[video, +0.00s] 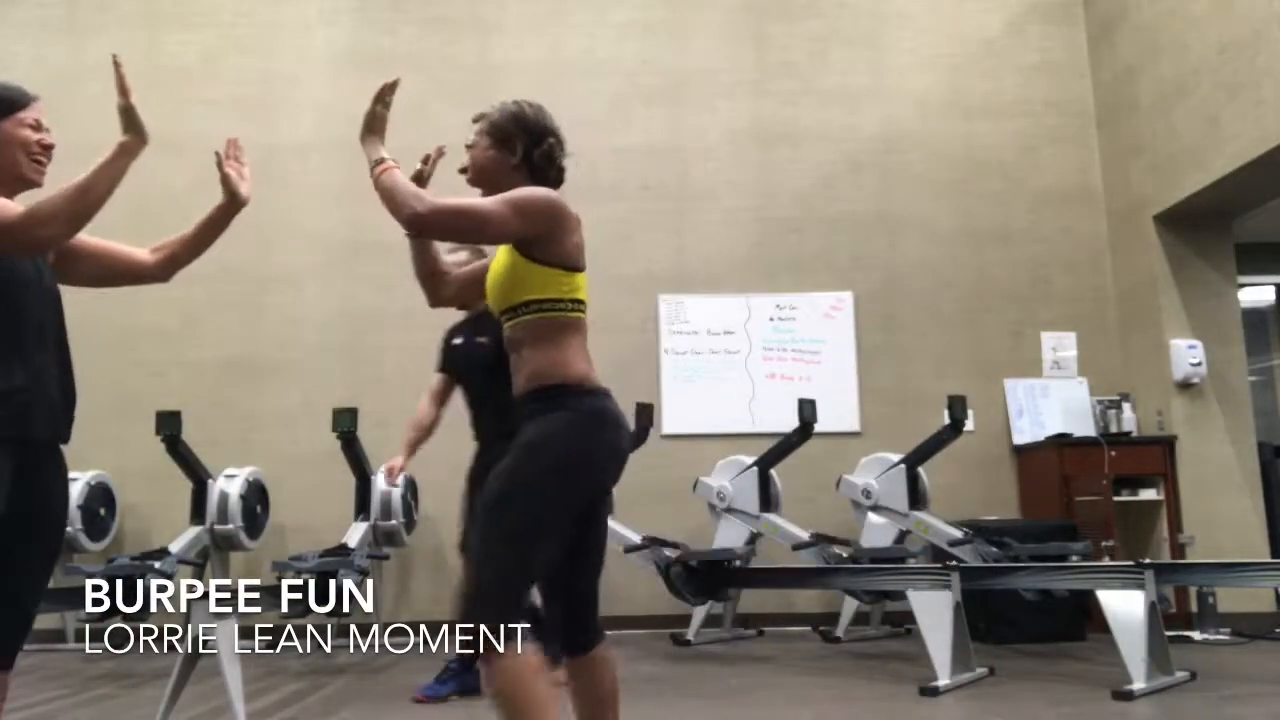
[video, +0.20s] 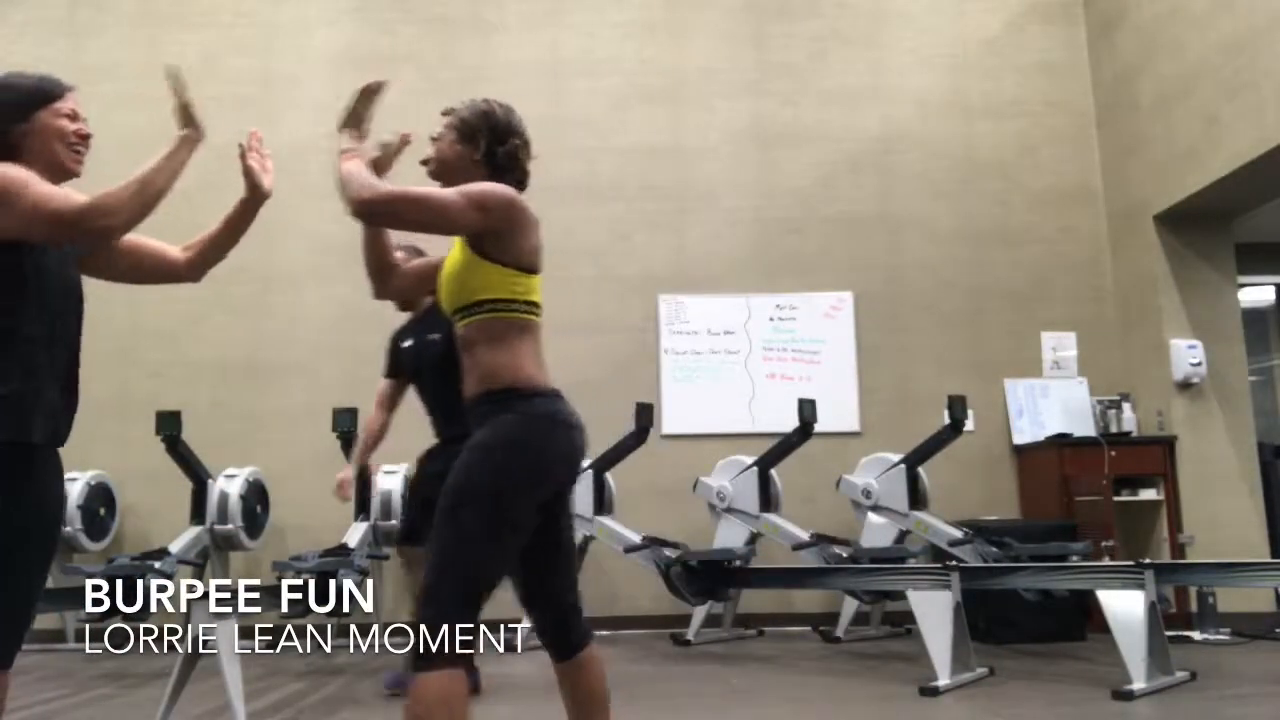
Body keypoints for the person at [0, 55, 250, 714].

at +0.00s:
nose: (47, 140)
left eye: (48, 129)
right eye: (31, 126)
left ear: (37, 142)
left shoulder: (32, 235)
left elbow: (153, 263)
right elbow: (40, 226)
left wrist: (229, 206)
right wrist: (130, 147)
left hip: (38, 458)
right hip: (3, 457)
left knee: (6, 650)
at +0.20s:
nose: (84, 130)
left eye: (82, 120)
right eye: (68, 116)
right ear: (19, 125)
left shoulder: (61, 223)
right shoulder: (4, 184)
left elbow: (185, 263)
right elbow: (95, 219)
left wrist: (253, 199)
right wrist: (186, 143)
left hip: (34, 456)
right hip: (3, 452)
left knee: (5, 647)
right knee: (2, 646)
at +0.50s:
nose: (106, 162)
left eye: (108, 149)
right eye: (95, 145)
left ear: (78, 149)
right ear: (47, 142)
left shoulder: (74, 213)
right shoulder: (11, 192)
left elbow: (189, 198)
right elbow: (101, 133)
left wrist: (264, 137)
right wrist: (181, 47)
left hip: (24, 450)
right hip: (2, 449)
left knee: (7, 609)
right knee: (5, 610)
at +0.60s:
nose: (108, 173)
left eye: (115, 158)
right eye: (102, 153)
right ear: (56, 144)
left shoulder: (60, 219)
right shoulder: (9, 209)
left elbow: (171, 211)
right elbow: (56, 141)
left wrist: (249, 170)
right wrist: (146, 47)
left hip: (21, 457)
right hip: (1, 456)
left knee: (5, 611)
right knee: (4, 612)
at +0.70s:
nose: (104, 218)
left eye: (112, 207)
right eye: (102, 202)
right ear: (62, 176)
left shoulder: (61, 237)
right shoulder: (14, 228)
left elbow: (150, 255)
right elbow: (13, 179)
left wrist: (232, 246)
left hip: (18, 469)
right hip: (3, 468)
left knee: (3, 621)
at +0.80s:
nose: (134, 265)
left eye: (145, 254)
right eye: (137, 246)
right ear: (109, 218)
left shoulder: (78, 268)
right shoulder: (18, 235)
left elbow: (136, 338)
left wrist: (203, 360)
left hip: (2, 462)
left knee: (3, 616)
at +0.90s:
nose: (156, 354)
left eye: (168, 345)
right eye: (164, 339)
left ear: (137, 298)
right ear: (144, 314)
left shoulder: (107, 339)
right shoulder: (38, 323)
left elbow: (114, 436)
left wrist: (140, 517)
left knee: (12, 619)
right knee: (10, 620)